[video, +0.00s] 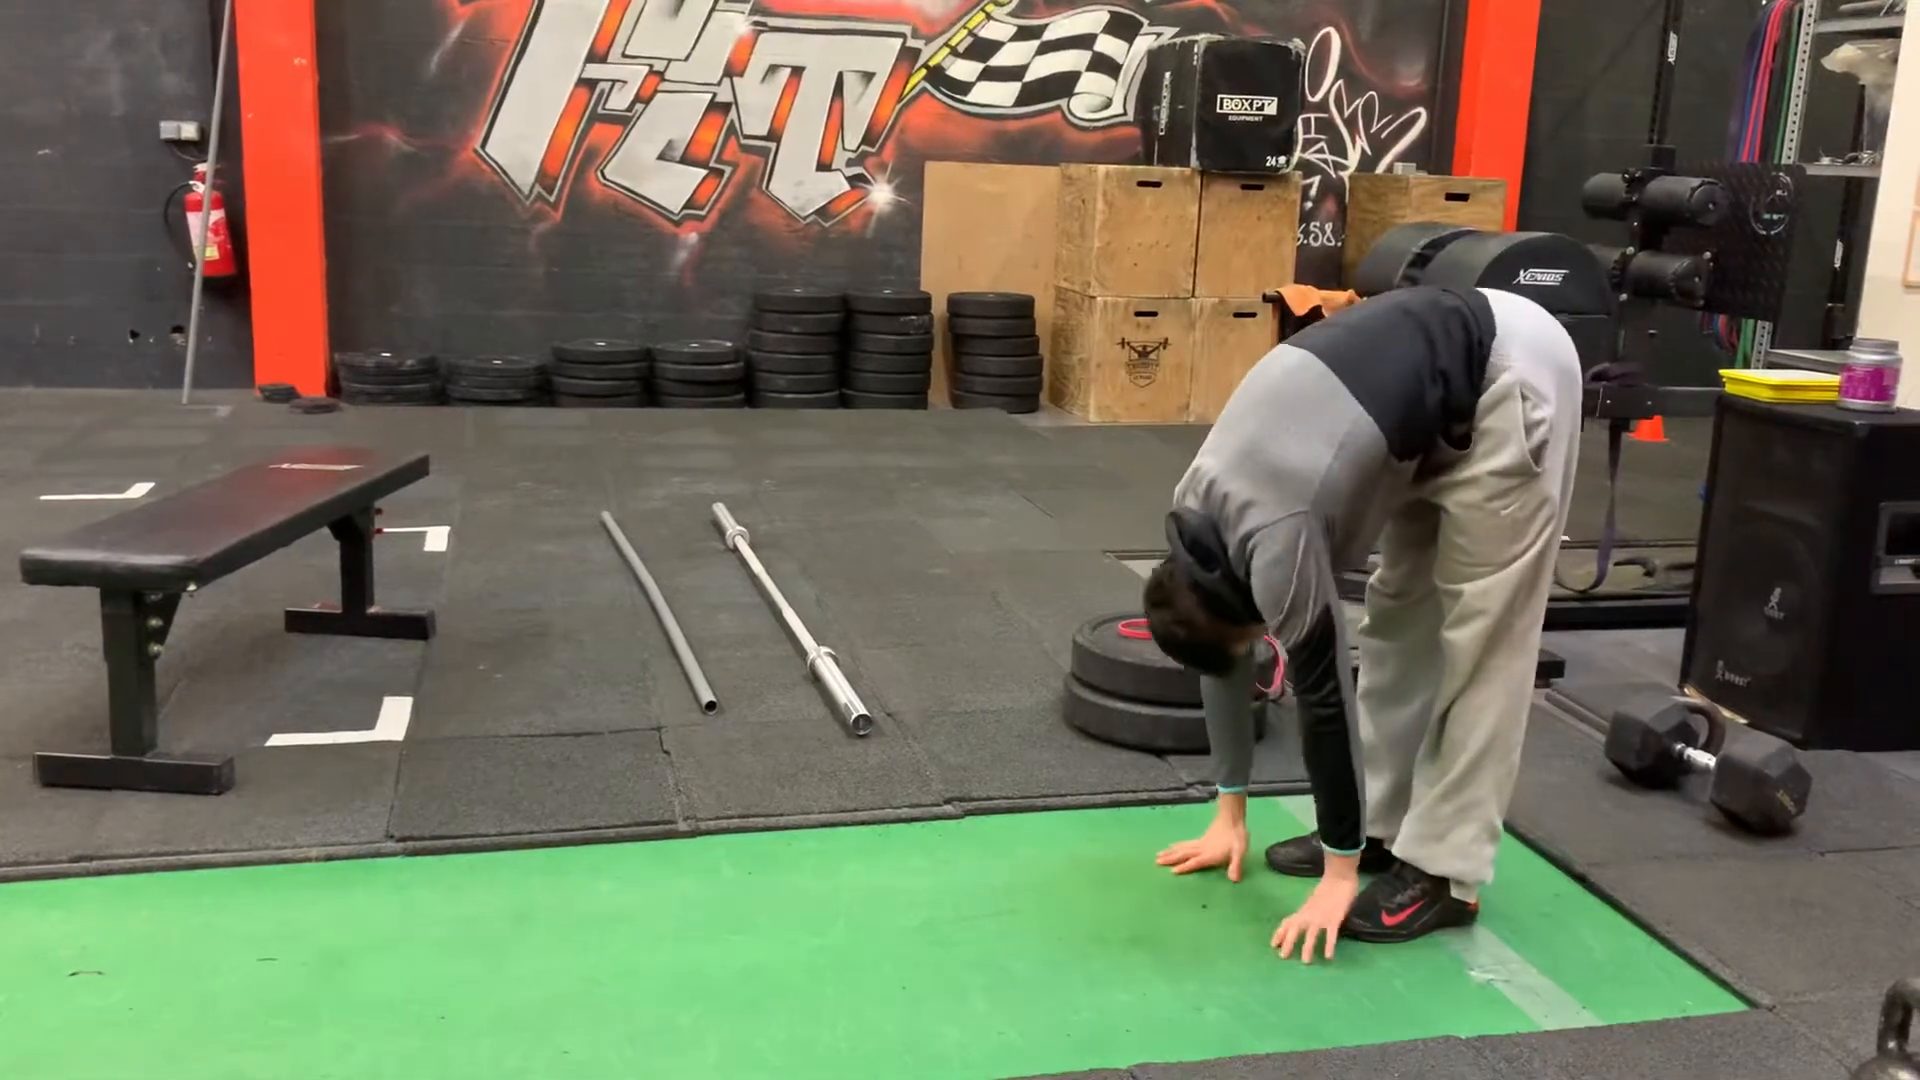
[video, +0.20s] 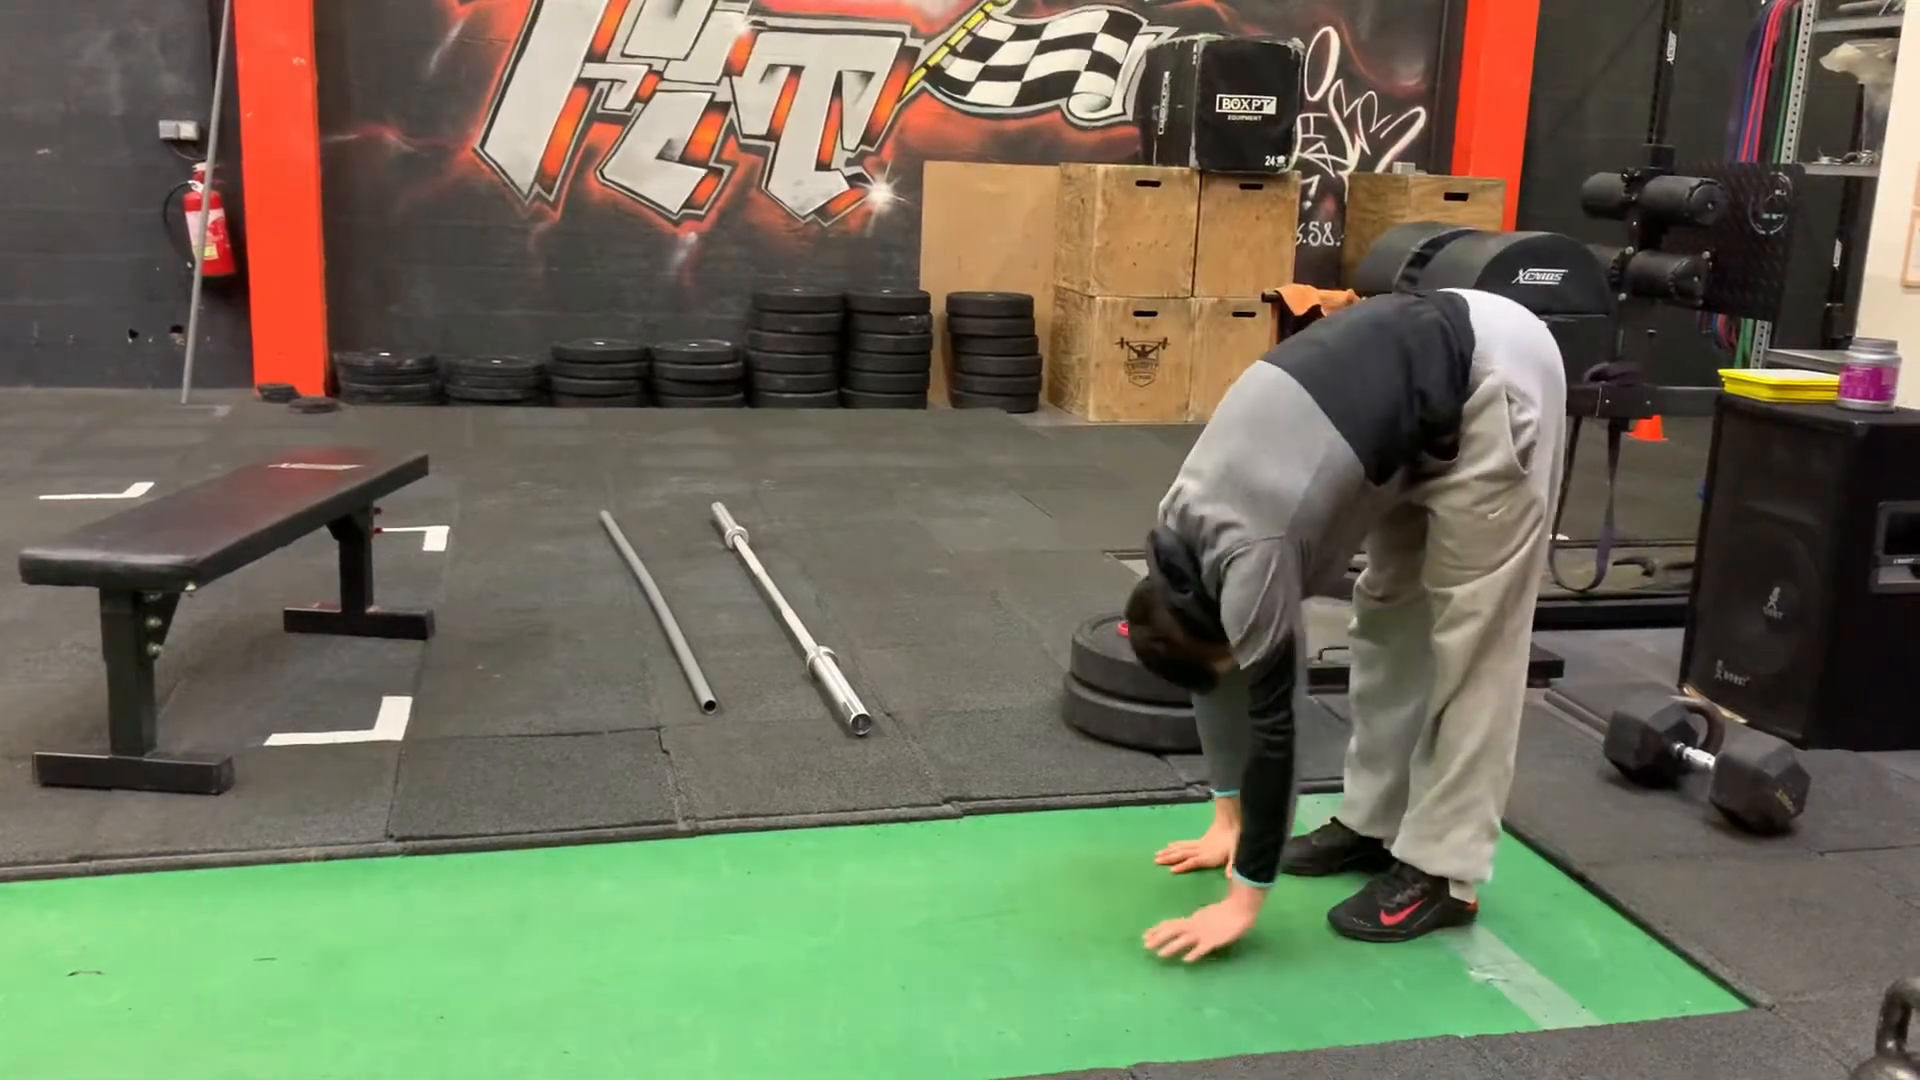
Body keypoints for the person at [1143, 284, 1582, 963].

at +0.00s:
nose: (1257, 656)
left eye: (1249, 649)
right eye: (1239, 662)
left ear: (1229, 614)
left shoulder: (1279, 539)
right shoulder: (1191, 511)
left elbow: (1325, 701)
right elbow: (1225, 670)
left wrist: (1339, 871)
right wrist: (1229, 814)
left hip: (1512, 370)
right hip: (1420, 360)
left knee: (1480, 631)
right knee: (1397, 616)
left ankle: (1445, 872)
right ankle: (1377, 829)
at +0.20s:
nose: (1234, 674)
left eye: (1229, 668)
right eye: (1218, 680)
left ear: (1205, 625)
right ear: (1169, 613)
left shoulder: (1254, 556)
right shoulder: (1176, 531)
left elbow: (1273, 731)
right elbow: (1219, 688)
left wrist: (1243, 900)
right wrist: (1227, 820)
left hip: (1496, 366)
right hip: (1403, 357)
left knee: (1472, 630)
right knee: (1391, 612)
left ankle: (1445, 872)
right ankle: (1373, 824)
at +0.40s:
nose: (1180, 688)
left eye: (1171, 683)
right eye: (1168, 689)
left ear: (1155, 646)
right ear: (1138, 625)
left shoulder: (1215, 588)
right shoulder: (1140, 538)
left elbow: (1225, 756)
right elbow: (1180, 682)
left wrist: (1210, 922)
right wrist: (1182, 804)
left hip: (1459, 374)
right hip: (1372, 367)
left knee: (1452, 635)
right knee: (1372, 621)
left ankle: (1443, 872)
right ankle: (1372, 822)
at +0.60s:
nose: (1101, 705)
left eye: (1087, 702)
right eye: (1079, 706)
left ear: (1084, 670)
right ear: (1052, 632)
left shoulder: (1153, 602)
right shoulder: (1065, 561)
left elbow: (1191, 766)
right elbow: (1046, 711)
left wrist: (1211, 921)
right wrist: (992, 847)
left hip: (1387, 377)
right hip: (1305, 378)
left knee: (1423, 640)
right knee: (1341, 627)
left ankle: (1442, 872)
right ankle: (1372, 822)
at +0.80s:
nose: (982, 713)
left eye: (972, 702)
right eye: (969, 709)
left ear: (982, 668)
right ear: (942, 633)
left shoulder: (1059, 609)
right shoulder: (974, 574)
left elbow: (1126, 779)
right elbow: (1006, 721)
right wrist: (997, 857)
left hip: (1295, 387)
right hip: (1217, 407)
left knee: (1373, 635)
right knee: (1294, 637)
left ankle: (1435, 864)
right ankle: (1364, 816)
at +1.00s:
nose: (842, 715)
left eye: (829, 701)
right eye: (826, 708)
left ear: (832, 656)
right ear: (832, 628)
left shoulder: (915, 624)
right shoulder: (903, 578)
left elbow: (879, 801)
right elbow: (965, 725)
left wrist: (813, 961)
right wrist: (991, 857)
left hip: (1213, 428)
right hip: (1160, 430)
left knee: (1331, 654)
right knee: (1258, 656)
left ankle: (1431, 865)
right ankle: (1355, 810)